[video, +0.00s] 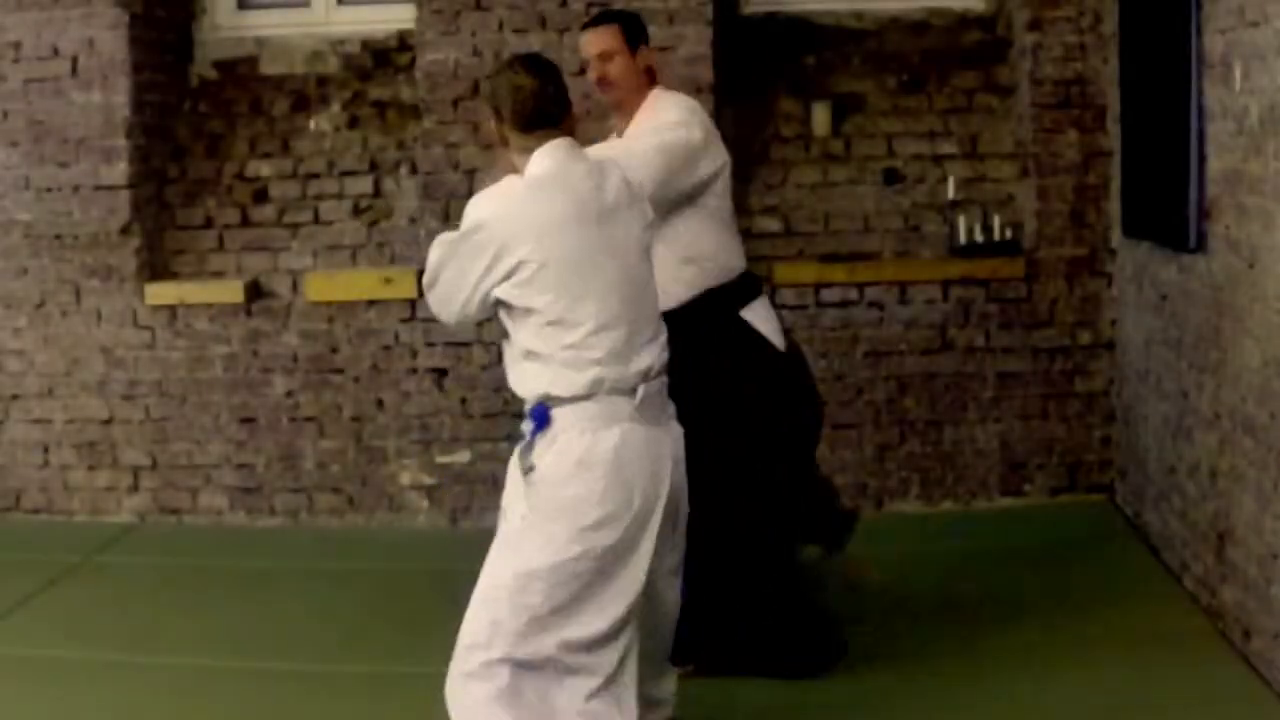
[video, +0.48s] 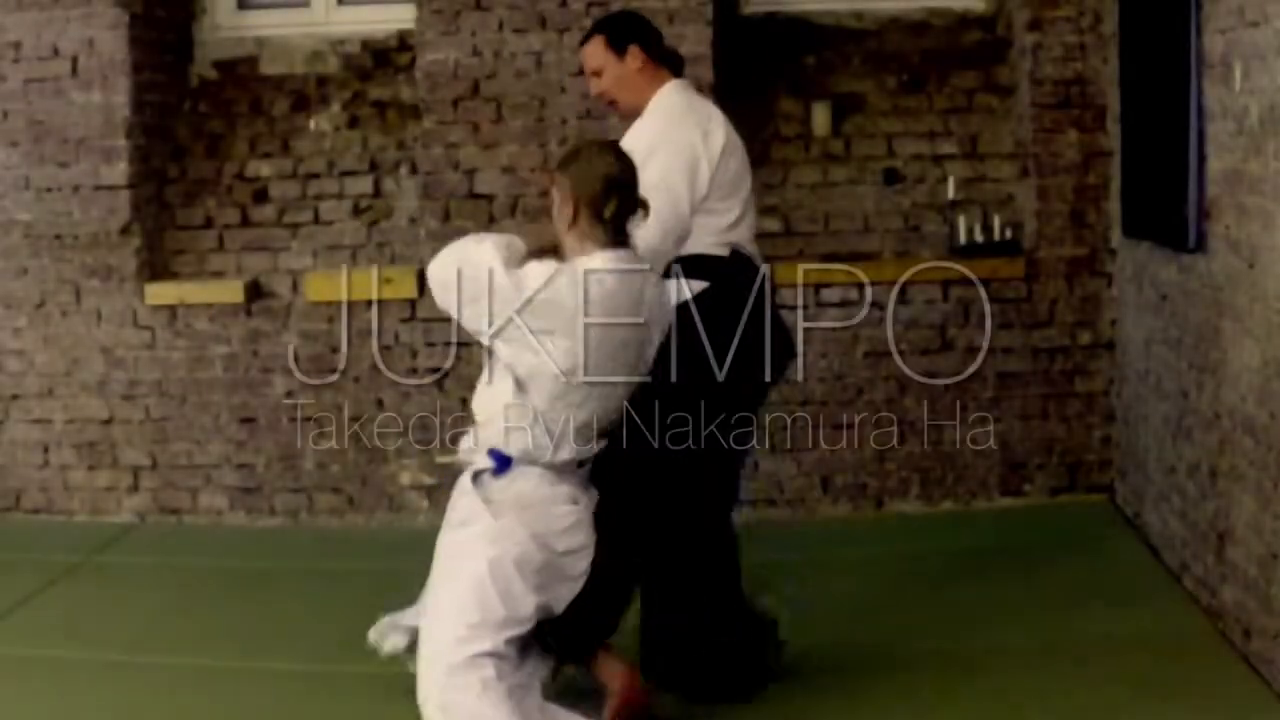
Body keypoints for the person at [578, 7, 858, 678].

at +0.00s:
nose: (596, 75)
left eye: (607, 59)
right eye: (588, 65)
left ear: (645, 59)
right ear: (590, 76)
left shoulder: (676, 120)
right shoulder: (625, 136)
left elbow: (618, 188)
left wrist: (545, 172)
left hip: (723, 332)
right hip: (676, 334)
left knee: (734, 501)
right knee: (706, 499)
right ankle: (718, 640)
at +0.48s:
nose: (593, 92)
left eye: (597, 74)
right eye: (587, 78)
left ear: (637, 58)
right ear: (642, 61)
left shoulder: (669, 124)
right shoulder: (695, 114)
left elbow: (644, 237)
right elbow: (656, 230)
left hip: (691, 318)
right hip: (722, 311)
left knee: (649, 488)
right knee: (693, 488)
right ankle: (710, 656)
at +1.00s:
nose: (566, 105)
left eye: (566, 86)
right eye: (562, 89)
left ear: (595, 71)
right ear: (630, 69)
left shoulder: (589, 154)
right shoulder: (725, 133)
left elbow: (564, 276)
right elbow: (754, 249)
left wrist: (506, 272)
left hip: (624, 355)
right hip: (723, 349)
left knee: (607, 505)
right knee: (718, 502)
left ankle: (620, 672)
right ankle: (718, 665)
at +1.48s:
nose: (540, 113)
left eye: (537, 98)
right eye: (535, 100)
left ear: (559, 80)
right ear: (600, 73)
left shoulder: (559, 153)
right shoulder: (698, 129)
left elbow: (525, 282)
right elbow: (745, 242)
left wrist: (546, 347)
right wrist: (719, 317)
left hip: (607, 344)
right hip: (702, 338)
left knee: (598, 505)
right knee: (706, 503)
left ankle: (613, 669)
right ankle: (708, 665)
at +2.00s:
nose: (501, 124)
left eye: (495, 110)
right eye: (495, 112)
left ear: (512, 94)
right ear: (554, 80)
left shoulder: (548, 152)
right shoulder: (624, 131)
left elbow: (500, 269)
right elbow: (578, 225)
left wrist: (447, 282)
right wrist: (480, 226)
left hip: (593, 349)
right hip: (661, 336)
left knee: (576, 512)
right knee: (632, 506)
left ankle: (613, 670)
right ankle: (628, 665)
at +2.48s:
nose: (465, 123)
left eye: (462, 110)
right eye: (462, 111)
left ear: (478, 98)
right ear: (523, 84)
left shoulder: (492, 157)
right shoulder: (596, 130)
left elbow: (402, 258)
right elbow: (631, 189)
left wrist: (387, 239)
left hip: (574, 336)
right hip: (652, 326)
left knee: (544, 502)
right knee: (639, 499)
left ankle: (540, 678)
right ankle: (628, 663)